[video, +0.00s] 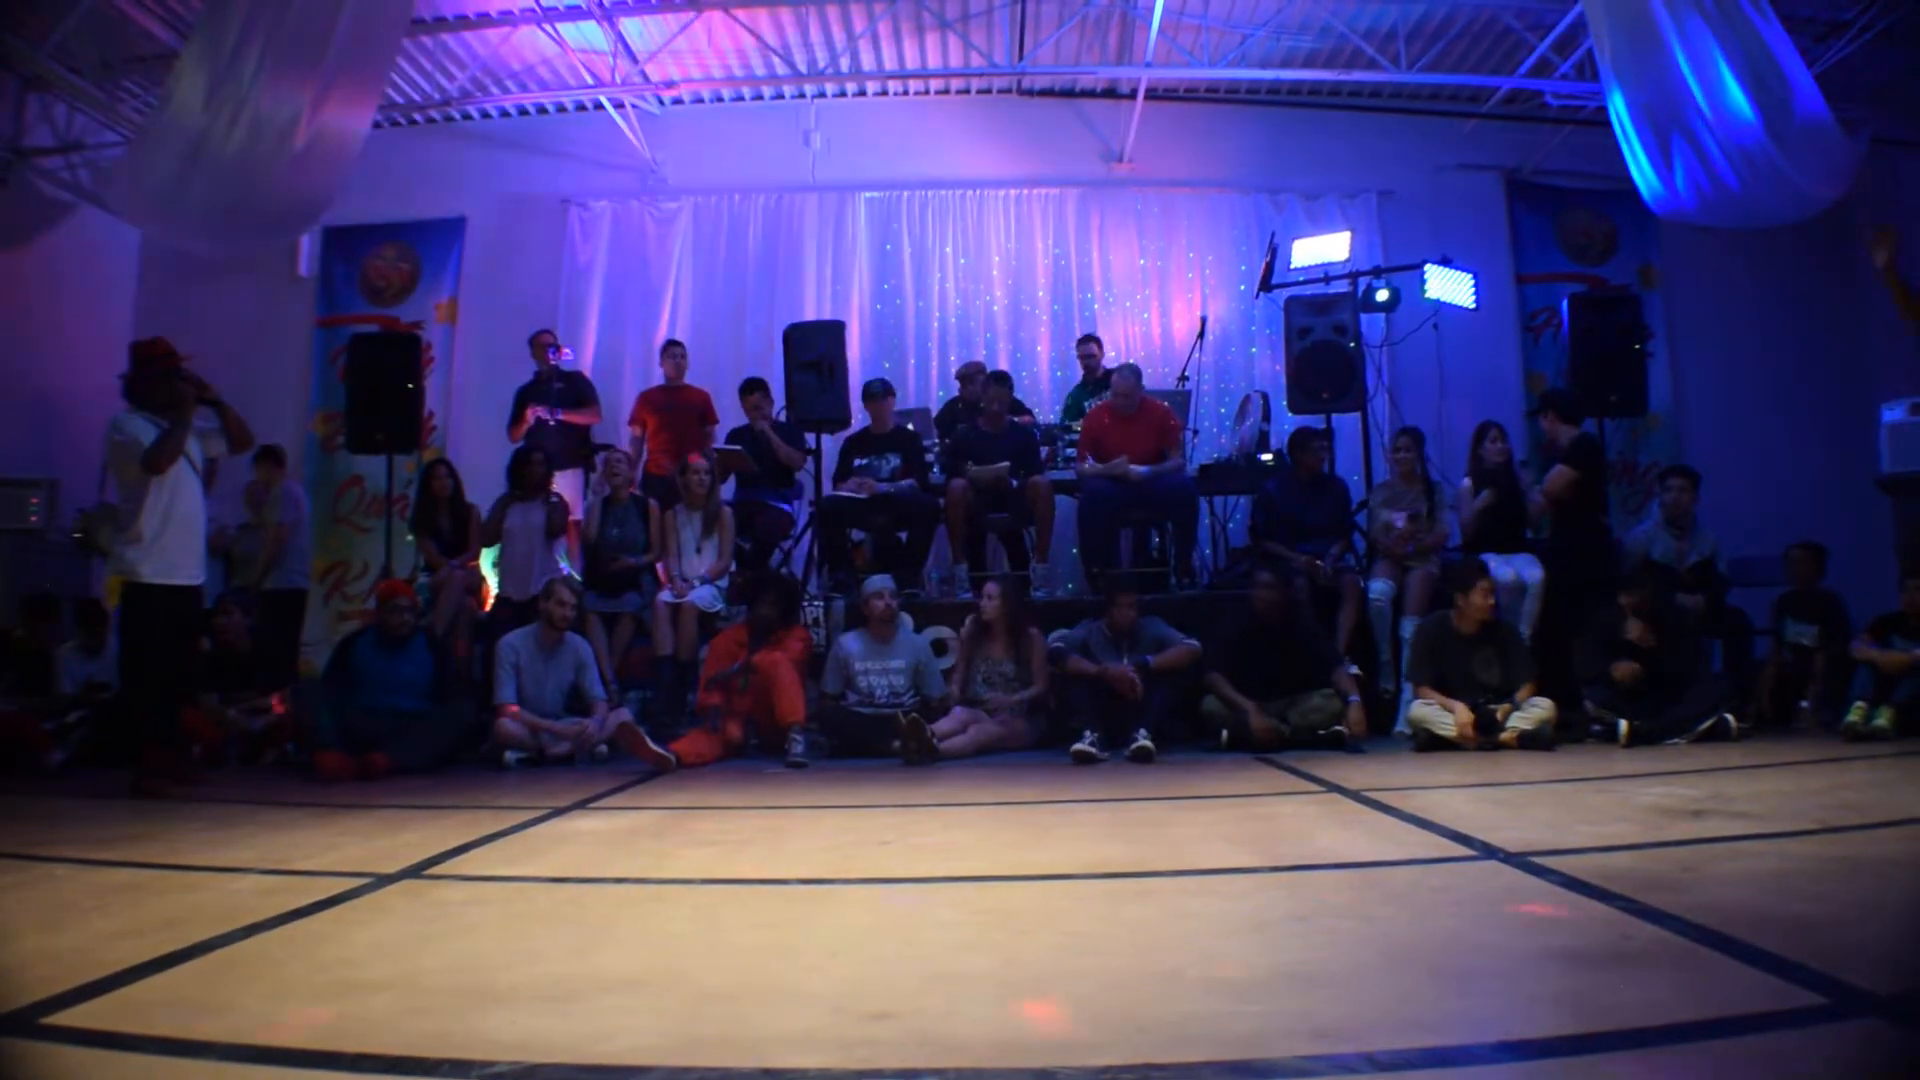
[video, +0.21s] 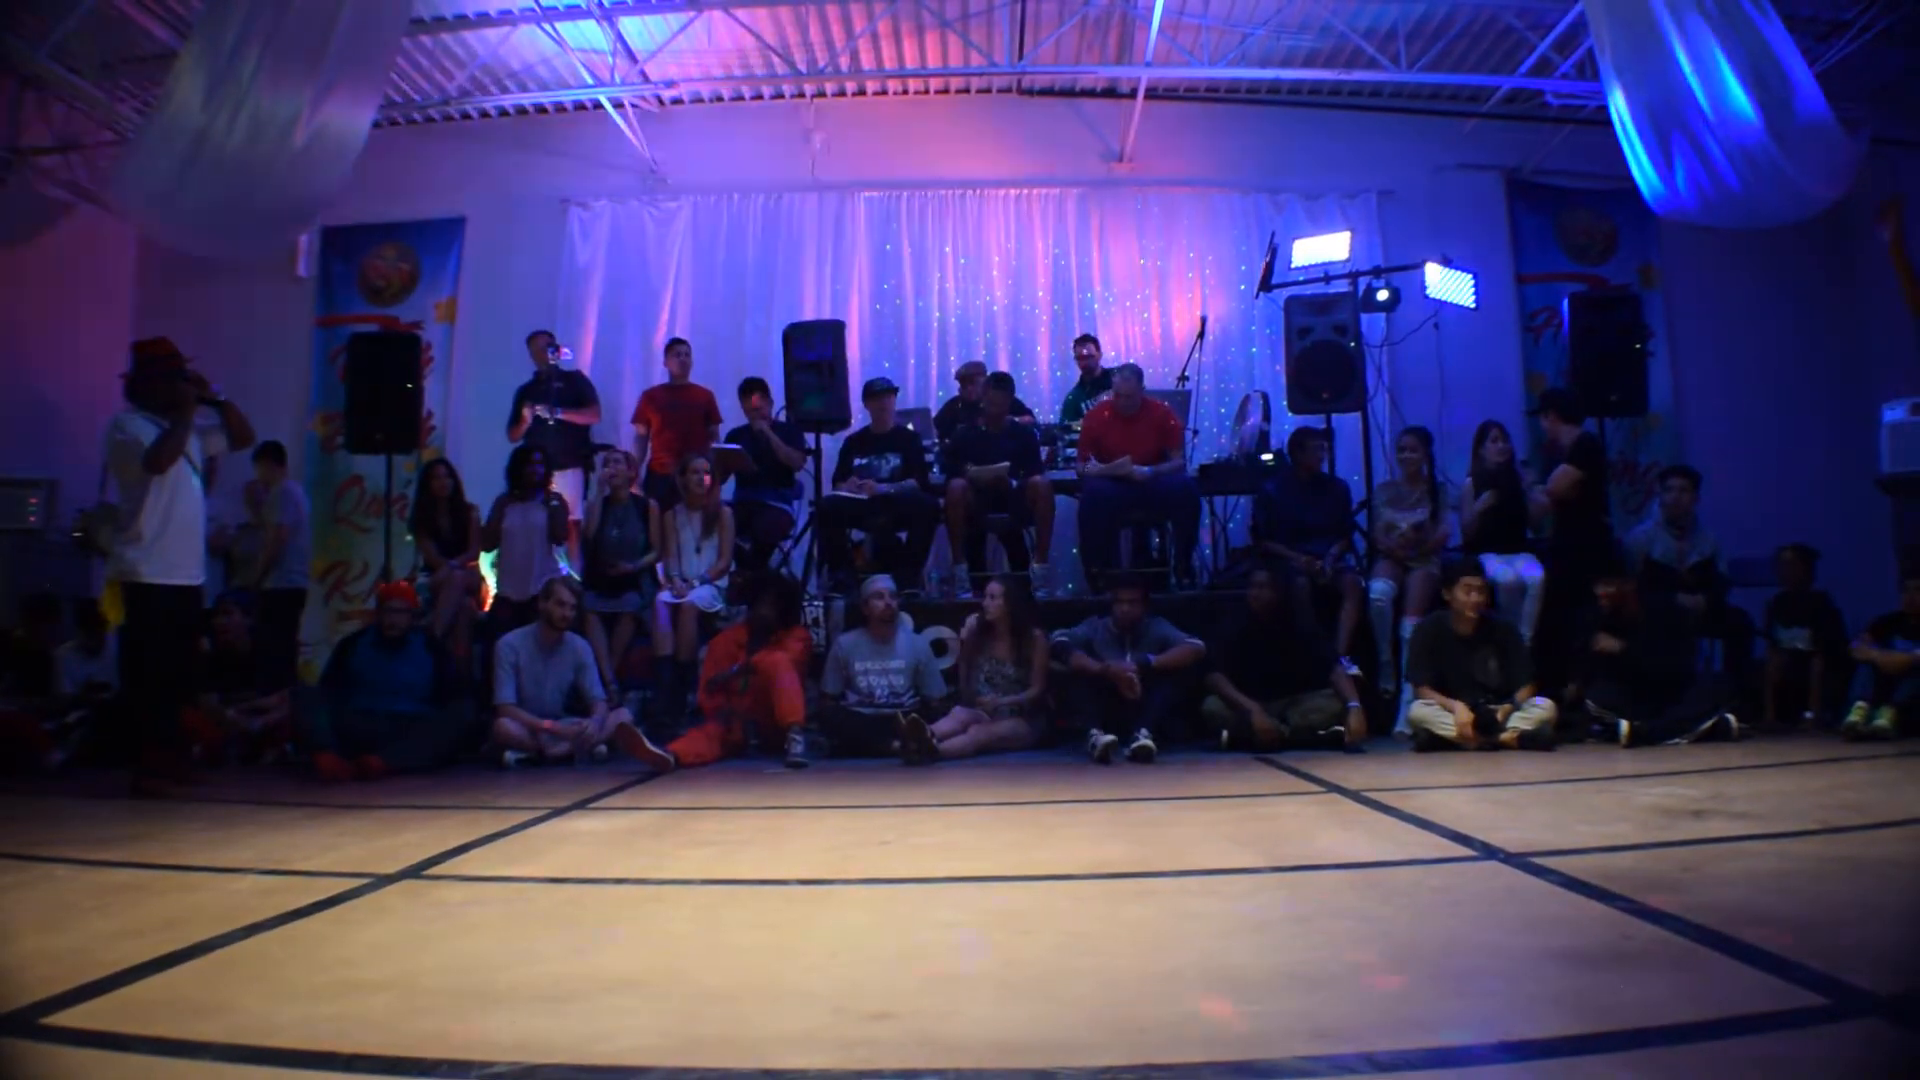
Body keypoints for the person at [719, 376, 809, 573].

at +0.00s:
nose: (758, 413)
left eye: (761, 407)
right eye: (752, 409)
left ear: (771, 404)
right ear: (744, 408)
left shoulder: (790, 432)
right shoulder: (737, 435)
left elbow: (798, 462)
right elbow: (721, 477)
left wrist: (769, 433)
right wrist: (726, 460)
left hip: (777, 499)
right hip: (745, 498)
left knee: (770, 529)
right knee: (726, 526)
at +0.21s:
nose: (756, 414)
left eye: (760, 409)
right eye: (751, 410)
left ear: (770, 405)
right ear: (743, 409)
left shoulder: (789, 432)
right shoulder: (736, 435)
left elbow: (797, 462)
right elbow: (721, 477)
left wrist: (768, 434)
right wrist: (728, 459)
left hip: (777, 499)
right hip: (745, 498)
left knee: (769, 531)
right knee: (725, 527)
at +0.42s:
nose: (756, 408)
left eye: (760, 402)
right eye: (750, 404)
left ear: (770, 402)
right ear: (742, 407)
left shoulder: (789, 432)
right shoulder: (736, 435)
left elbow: (797, 462)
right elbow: (719, 478)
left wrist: (768, 434)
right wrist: (725, 459)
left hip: (777, 498)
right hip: (745, 498)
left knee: (767, 531)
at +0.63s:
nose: (756, 411)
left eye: (760, 404)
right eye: (750, 406)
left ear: (769, 402)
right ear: (743, 406)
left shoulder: (788, 431)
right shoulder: (736, 435)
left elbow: (797, 463)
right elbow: (718, 475)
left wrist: (768, 433)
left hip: (778, 499)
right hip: (744, 498)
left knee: (765, 533)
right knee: (724, 529)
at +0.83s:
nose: (755, 413)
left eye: (759, 406)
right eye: (750, 409)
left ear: (770, 404)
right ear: (743, 409)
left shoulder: (789, 432)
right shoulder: (736, 436)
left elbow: (797, 463)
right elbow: (721, 477)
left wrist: (769, 434)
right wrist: (723, 459)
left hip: (777, 497)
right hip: (745, 498)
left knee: (771, 527)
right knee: (724, 526)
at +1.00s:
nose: (755, 416)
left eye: (759, 409)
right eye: (750, 411)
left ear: (770, 405)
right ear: (744, 409)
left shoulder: (789, 432)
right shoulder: (736, 436)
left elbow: (798, 463)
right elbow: (721, 477)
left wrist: (770, 435)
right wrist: (722, 459)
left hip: (777, 499)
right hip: (744, 499)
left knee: (769, 529)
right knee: (721, 523)